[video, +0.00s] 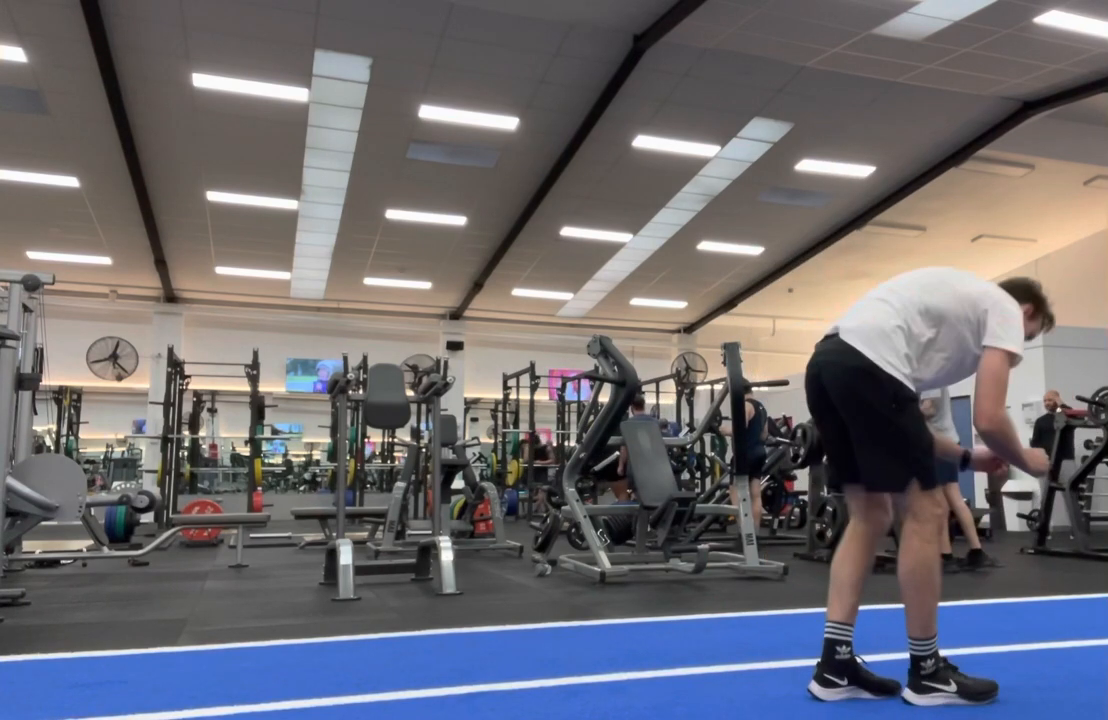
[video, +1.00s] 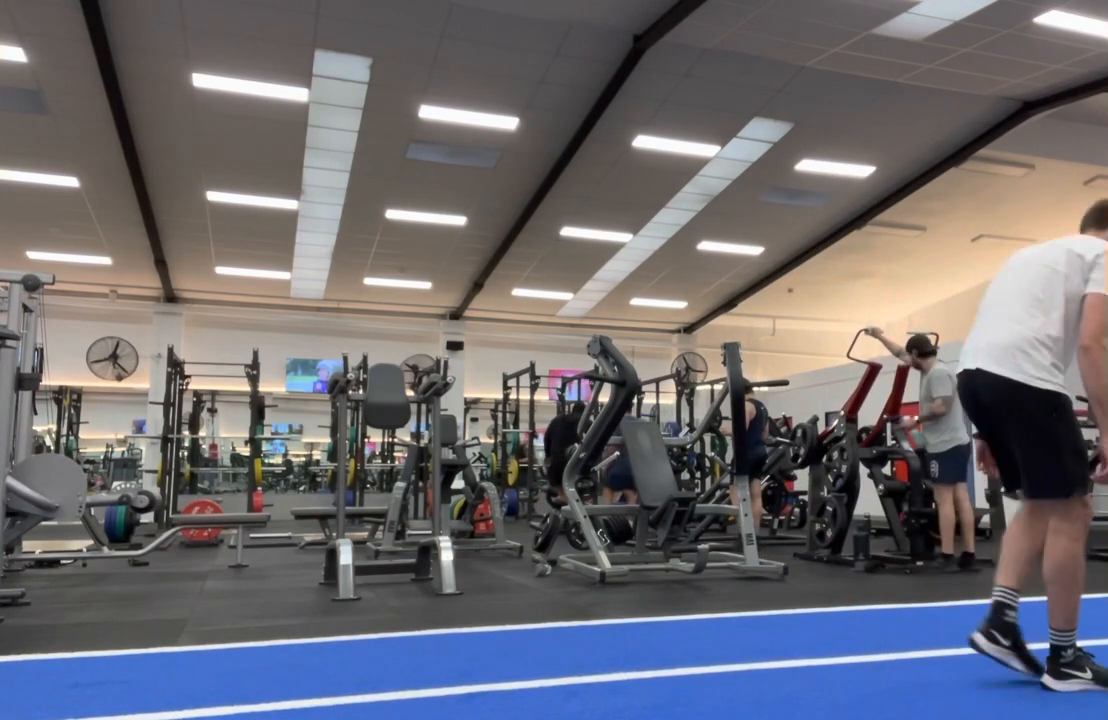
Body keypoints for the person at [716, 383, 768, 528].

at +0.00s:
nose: (731, 394)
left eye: (732, 390)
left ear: (737, 391)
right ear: (749, 388)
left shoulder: (746, 406)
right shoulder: (760, 406)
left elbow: (739, 430)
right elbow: (764, 434)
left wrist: (719, 429)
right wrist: (747, 433)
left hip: (744, 454)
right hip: (758, 453)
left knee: (734, 490)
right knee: (756, 495)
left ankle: (742, 530)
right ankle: (755, 532)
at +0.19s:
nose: (731, 394)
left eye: (732, 390)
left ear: (737, 391)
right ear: (749, 388)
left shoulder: (746, 406)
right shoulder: (760, 406)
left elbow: (740, 430)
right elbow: (764, 434)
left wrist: (719, 429)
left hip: (744, 454)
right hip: (758, 453)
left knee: (735, 490)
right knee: (756, 495)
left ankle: (743, 530)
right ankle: (755, 533)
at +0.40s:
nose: (732, 394)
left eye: (732, 391)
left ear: (737, 391)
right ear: (749, 388)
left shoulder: (745, 406)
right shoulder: (760, 406)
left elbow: (740, 430)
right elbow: (764, 434)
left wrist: (720, 429)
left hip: (744, 454)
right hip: (759, 453)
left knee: (735, 489)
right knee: (756, 495)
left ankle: (743, 530)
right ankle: (755, 533)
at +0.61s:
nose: (731, 394)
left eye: (732, 390)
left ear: (737, 391)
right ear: (749, 388)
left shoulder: (746, 406)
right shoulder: (760, 406)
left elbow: (740, 430)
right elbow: (764, 434)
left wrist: (720, 429)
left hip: (744, 454)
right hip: (759, 453)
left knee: (735, 490)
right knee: (756, 495)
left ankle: (742, 530)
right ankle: (755, 533)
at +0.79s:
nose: (731, 394)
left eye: (732, 390)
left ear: (737, 391)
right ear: (750, 388)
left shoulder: (746, 406)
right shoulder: (761, 406)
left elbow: (740, 430)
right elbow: (764, 434)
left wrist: (719, 429)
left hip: (745, 454)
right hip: (759, 453)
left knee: (734, 489)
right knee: (756, 495)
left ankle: (742, 530)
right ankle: (755, 533)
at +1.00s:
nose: (732, 395)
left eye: (733, 391)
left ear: (738, 391)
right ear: (750, 388)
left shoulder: (746, 406)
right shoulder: (761, 406)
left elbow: (741, 430)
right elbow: (765, 434)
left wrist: (722, 430)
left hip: (745, 454)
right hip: (759, 453)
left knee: (735, 489)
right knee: (756, 495)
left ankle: (742, 529)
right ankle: (755, 533)